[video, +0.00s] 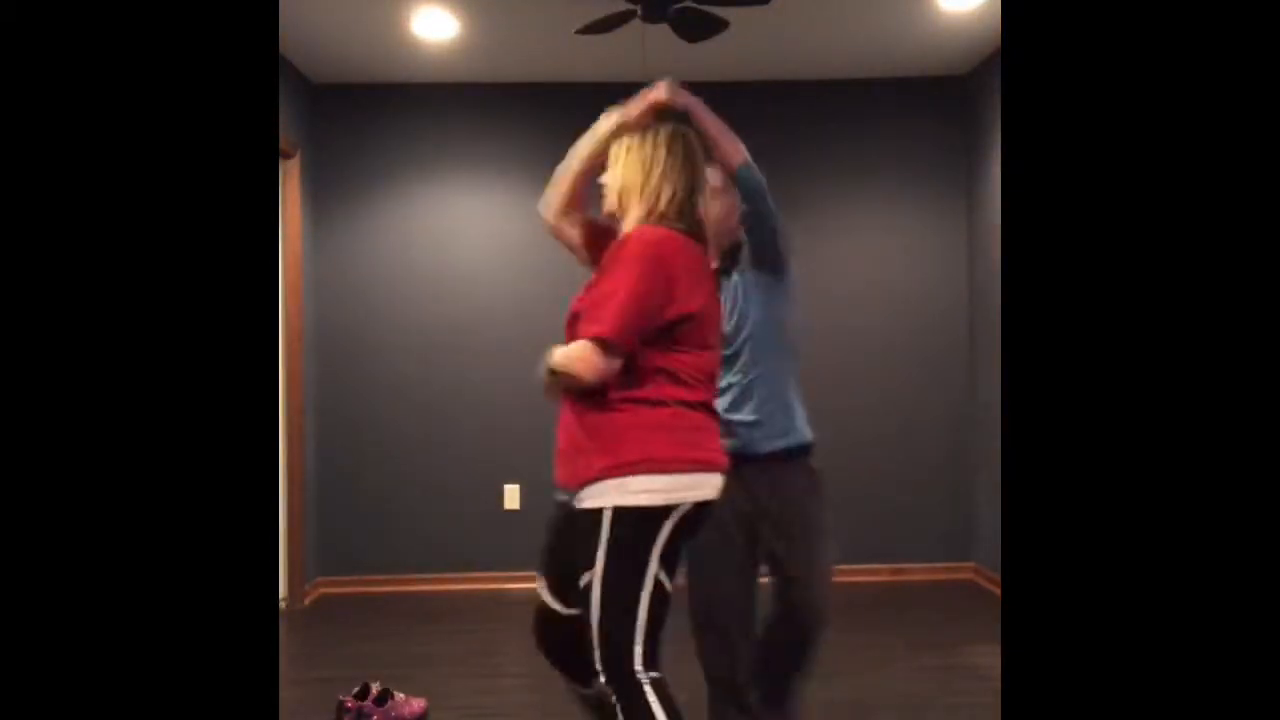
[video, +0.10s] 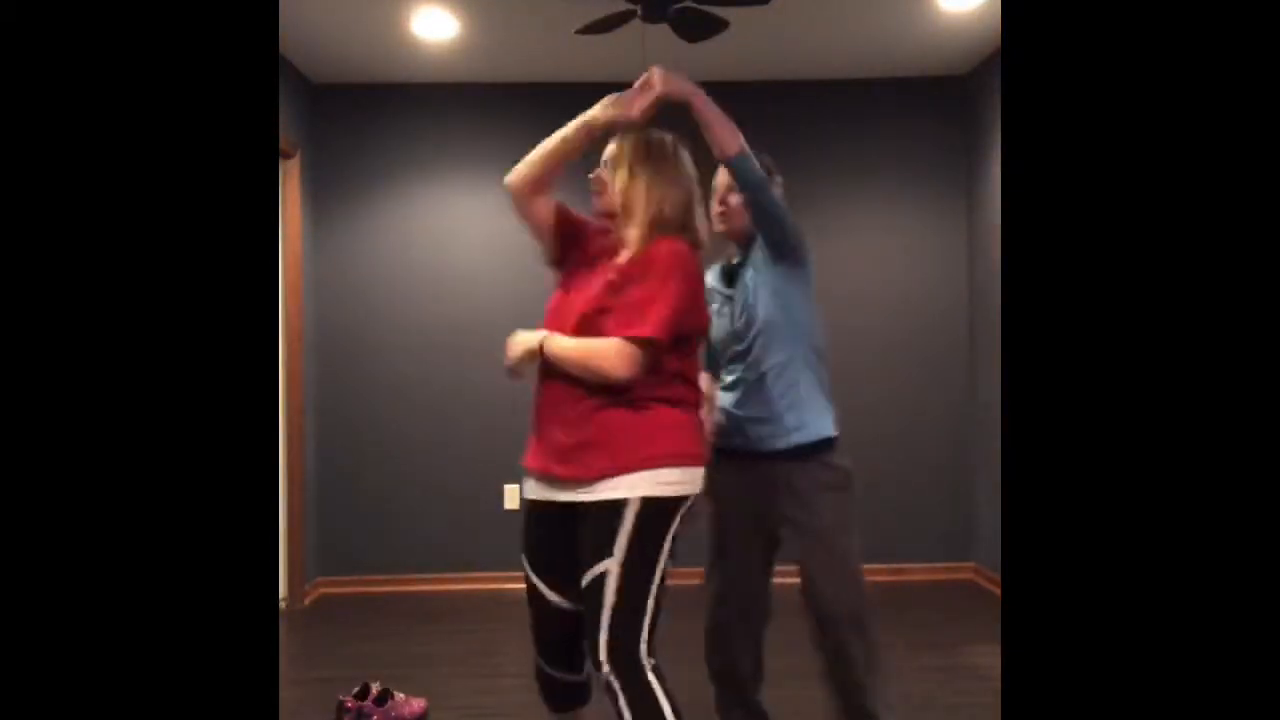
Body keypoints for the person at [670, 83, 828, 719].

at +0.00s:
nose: (721, 198)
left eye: (727, 188)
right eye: (712, 189)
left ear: (743, 207)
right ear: (690, 207)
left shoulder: (763, 268)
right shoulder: (678, 276)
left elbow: (748, 179)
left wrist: (691, 104)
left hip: (783, 457)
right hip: (713, 463)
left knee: (807, 601)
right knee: (718, 615)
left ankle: (769, 693)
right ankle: (729, 706)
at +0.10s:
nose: (725, 201)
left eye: (738, 189)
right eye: (718, 191)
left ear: (766, 199)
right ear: (709, 206)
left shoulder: (784, 258)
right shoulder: (710, 280)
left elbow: (748, 172)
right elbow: (707, 359)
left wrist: (693, 94)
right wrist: (707, 398)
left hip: (809, 461)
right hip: (738, 462)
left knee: (838, 609)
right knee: (732, 617)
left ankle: (864, 710)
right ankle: (741, 712)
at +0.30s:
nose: (764, 204)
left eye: (778, 192)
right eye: (759, 193)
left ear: (819, 194)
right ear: (756, 196)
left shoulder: (834, 248)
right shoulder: (775, 270)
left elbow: (748, 238)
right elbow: (797, 368)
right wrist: (760, 406)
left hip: (854, 465)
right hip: (790, 467)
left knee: (889, 630)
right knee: (778, 636)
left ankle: (922, 711)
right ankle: (790, 717)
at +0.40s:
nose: (777, 203)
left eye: (789, 190)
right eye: (772, 192)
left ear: (832, 189)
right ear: (771, 197)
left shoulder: (848, 255)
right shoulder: (798, 272)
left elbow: (799, 322)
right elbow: (813, 369)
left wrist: (715, 347)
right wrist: (777, 413)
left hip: (867, 472)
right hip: (805, 472)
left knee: (894, 632)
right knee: (795, 630)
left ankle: (936, 710)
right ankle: (816, 715)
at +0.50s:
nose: (782, 199)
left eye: (795, 187)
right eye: (777, 188)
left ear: (840, 187)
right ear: (775, 193)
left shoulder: (855, 252)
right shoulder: (803, 269)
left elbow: (869, 347)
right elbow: (809, 365)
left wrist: (779, 371)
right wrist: (774, 424)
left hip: (864, 476)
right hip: (808, 477)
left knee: (898, 641)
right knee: (818, 643)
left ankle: (942, 713)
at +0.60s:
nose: (778, 198)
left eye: (792, 185)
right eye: (774, 187)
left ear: (838, 186)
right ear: (771, 191)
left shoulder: (854, 255)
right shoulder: (799, 265)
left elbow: (883, 362)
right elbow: (790, 367)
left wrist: (791, 364)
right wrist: (765, 435)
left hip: (850, 477)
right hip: (802, 476)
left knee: (868, 642)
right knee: (822, 639)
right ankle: (850, 716)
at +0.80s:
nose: (735, 205)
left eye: (750, 190)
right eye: (729, 192)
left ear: (793, 191)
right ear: (724, 194)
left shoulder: (806, 268)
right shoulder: (744, 266)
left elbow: (842, 378)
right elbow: (725, 366)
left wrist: (746, 367)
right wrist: (722, 458)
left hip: (797, 486)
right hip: (760, 482)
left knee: (710, 634)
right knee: (804, 645)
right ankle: (843, 714)